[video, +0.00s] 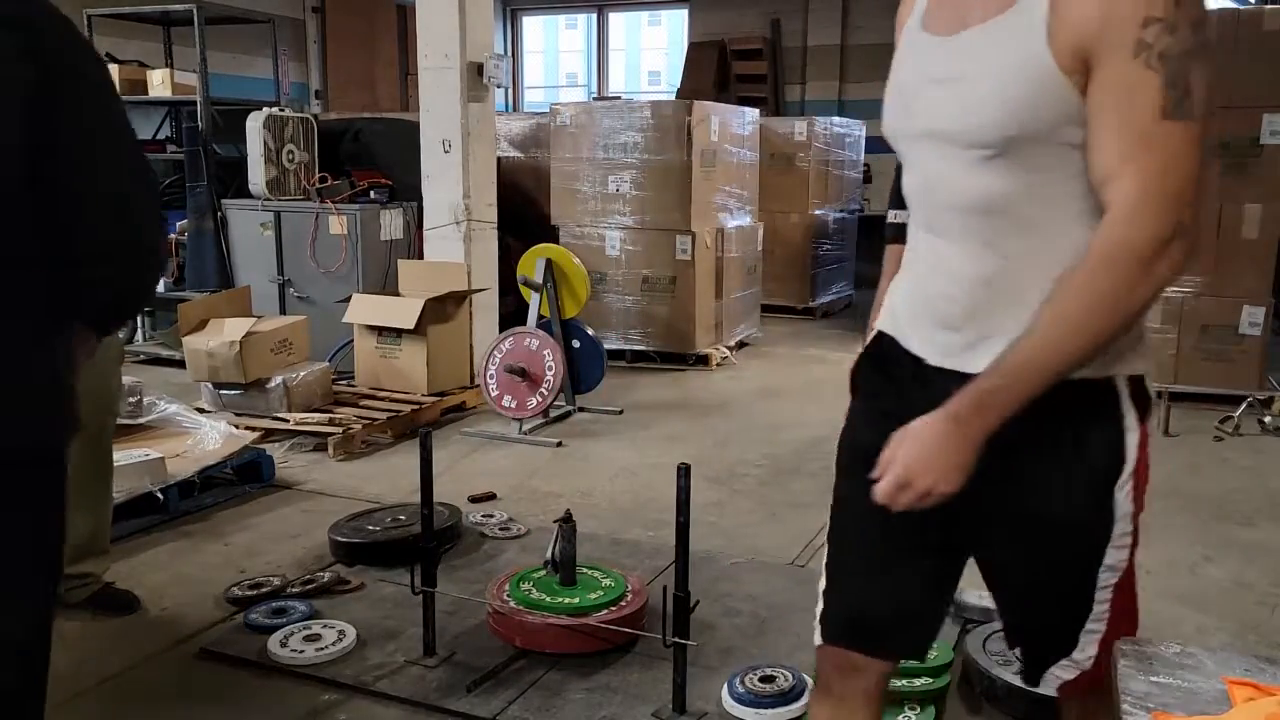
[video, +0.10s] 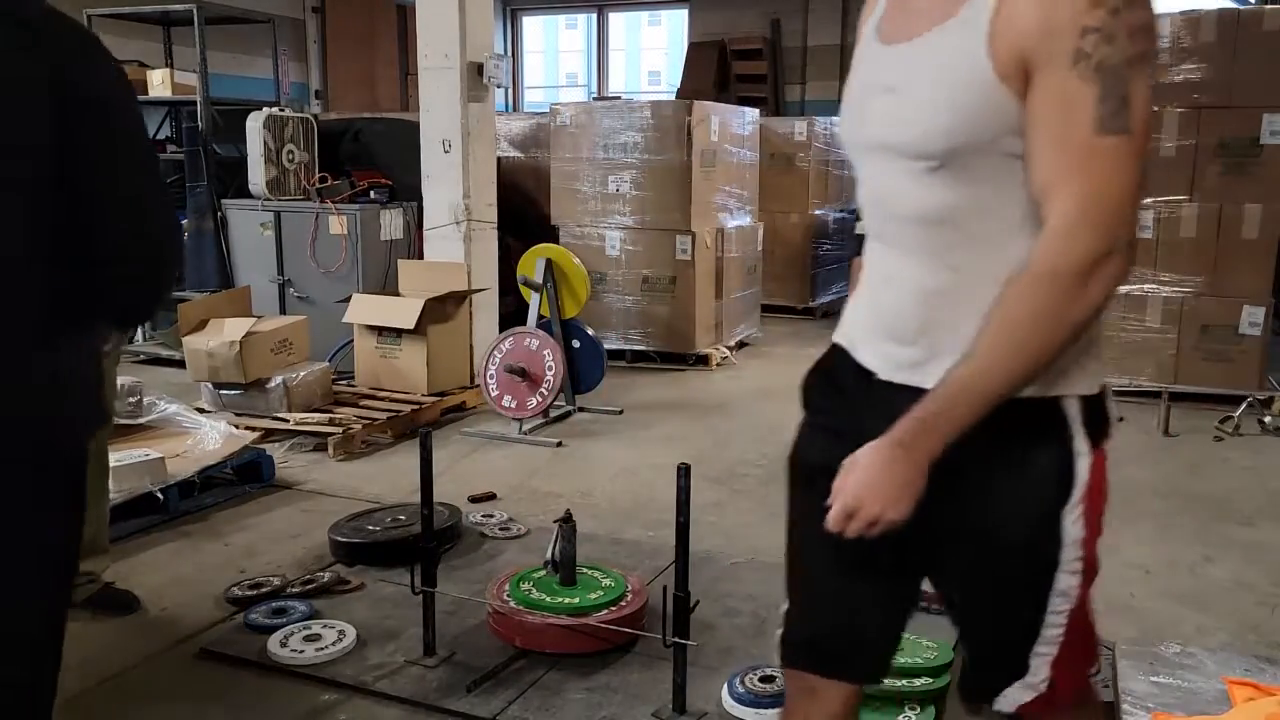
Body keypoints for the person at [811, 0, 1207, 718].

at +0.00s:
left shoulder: (1124, 8)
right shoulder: (918, 10)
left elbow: (1152, 232)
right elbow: (929, 207)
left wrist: (968, 418)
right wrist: (880, 340)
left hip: (1065, 403)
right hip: (907, 383)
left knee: (1076, 684)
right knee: (846, 660)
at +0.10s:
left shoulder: (1074, 10)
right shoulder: (883, 10)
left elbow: (1087, 252)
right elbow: (894, 224)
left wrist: (911, 442)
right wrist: (844, 369)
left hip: (1020, 426)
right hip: (862, 399)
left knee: (1034, 701)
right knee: (817, 683)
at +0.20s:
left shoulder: (1021, 9)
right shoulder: (837, 9)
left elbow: (1022, 256)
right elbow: (844, 232)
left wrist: (872, 463)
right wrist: (789, 379)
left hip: (959, 437)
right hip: (808, 411)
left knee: (960, 705)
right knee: (766, 696)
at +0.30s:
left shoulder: (961, 5)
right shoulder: (778, 9)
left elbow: (976, 233)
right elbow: (796, 228)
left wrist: (832, 456)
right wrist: (717, 365)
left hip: (891, 419)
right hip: (757, 397)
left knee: (857, 704)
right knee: (747, 698)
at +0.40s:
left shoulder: (908, 7)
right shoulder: (717, 13)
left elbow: (940, 214)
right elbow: (719, 207)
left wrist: (772, 445)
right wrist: (636, 343)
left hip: (835, 403)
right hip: (712, 380)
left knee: (749, 699)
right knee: (708, 682)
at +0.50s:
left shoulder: (849, 5)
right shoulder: (671, 15)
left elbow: (893, 212)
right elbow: (648, 203)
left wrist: (699, 445)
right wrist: (554, 338)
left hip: (786, 393)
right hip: (669, 372)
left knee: (636, 703)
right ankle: (767, 692)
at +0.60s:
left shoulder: (785, 7)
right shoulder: (611, 16)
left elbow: (826, 228)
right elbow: (583, 211)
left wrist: (626, 470)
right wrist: (473, 364)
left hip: (726, 408)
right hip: (616, 394)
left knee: (585, 704)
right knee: (711, 688)